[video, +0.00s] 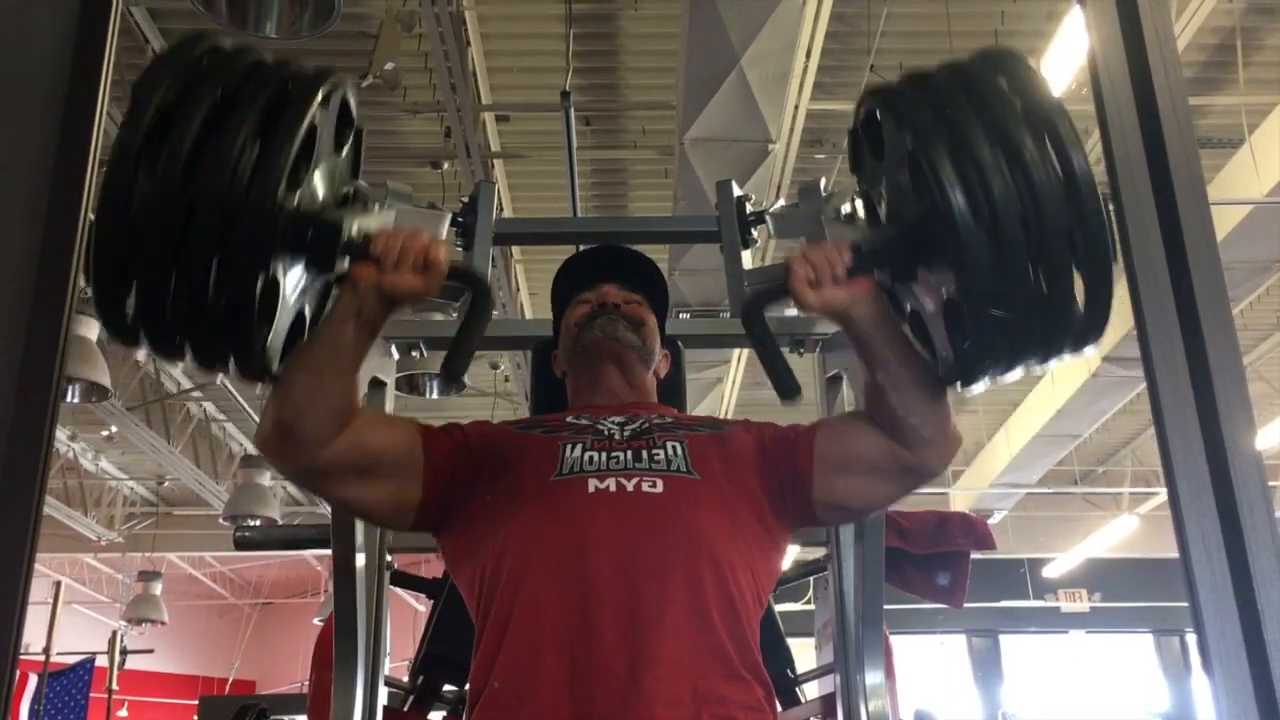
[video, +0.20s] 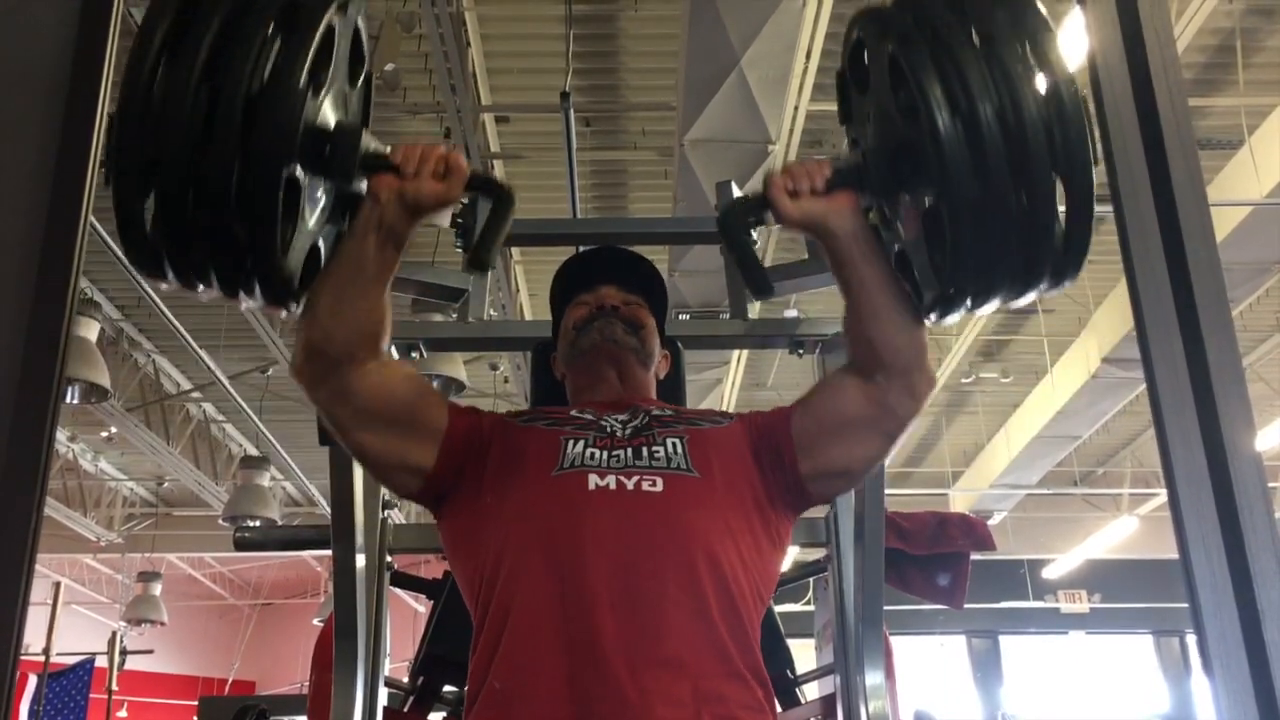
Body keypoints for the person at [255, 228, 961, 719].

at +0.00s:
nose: (609, 306)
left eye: (634, 308)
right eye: (584, 307)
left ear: (665, 361)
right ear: (553, 359)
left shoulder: (744, 453)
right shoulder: (488, 458)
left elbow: (924, 444)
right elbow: (302, 438)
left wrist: (860, 311)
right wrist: (363, 301)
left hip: (724, 703)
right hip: (525, 705)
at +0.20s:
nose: (607, 316)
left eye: (632, 313)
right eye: (584, 313)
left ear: (665, 360)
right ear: (553, 361)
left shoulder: (752, 448)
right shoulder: (480, 450)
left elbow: (895, 380)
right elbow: (333, 363)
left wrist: (844, 229)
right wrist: (388, 215)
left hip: (725, 704)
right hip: (522, 705)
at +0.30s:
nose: (606, 314)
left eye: (631, 313)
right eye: (583, 311)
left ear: (665, 363)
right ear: (551, 361)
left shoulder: (753, 449)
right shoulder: (482, 450)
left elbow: (877, 358)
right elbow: (356, 333)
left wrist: (836, 198)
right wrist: (395, 181)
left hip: (723, 708)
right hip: (521, 708)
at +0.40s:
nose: (607, 312)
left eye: (632, 312)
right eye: (583, 309)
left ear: (665, 367)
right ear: (551, 360)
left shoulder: (753, 450)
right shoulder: (484, 451)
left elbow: (858, 330)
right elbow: (380, 317)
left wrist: (828, 166)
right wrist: (402, 154)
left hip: (724, 705)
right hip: (518, 706)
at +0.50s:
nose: (609, 310)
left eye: (632, 310)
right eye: (585, 309)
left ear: (664, 362)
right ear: (555, 360)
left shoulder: (754, 448)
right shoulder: (485, 450)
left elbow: (836, 312)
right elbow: (406, 302)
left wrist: (824, 145)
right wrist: (408, 133)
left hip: (723, 707)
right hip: (515, 706)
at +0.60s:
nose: (611, 308)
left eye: (635, 309)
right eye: (588, 307)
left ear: (666, 360)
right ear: (558, 358)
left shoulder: (756, 449)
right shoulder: (485, 450)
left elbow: (834, 310)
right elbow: (407, 300)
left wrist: (822, 139)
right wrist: (410, 130)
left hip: (727, 708)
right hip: (518, 707)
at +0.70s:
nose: (609, 309)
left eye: (634, 307)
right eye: (586, 307)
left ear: (666, 361)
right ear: (554, 358)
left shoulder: (755, 453)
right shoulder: (482, 457)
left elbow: (849, 332)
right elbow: (387, 322)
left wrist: (826, 166)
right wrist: (402, 155)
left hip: (727, 705)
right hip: (521, 705)